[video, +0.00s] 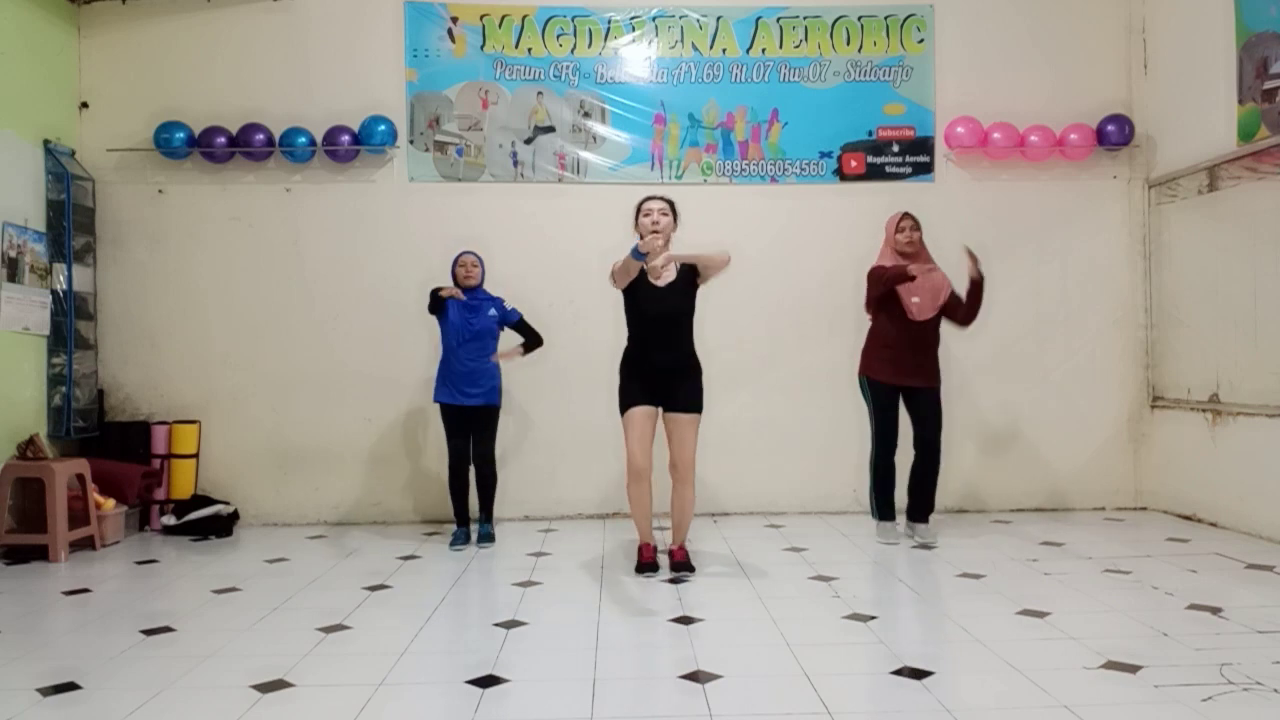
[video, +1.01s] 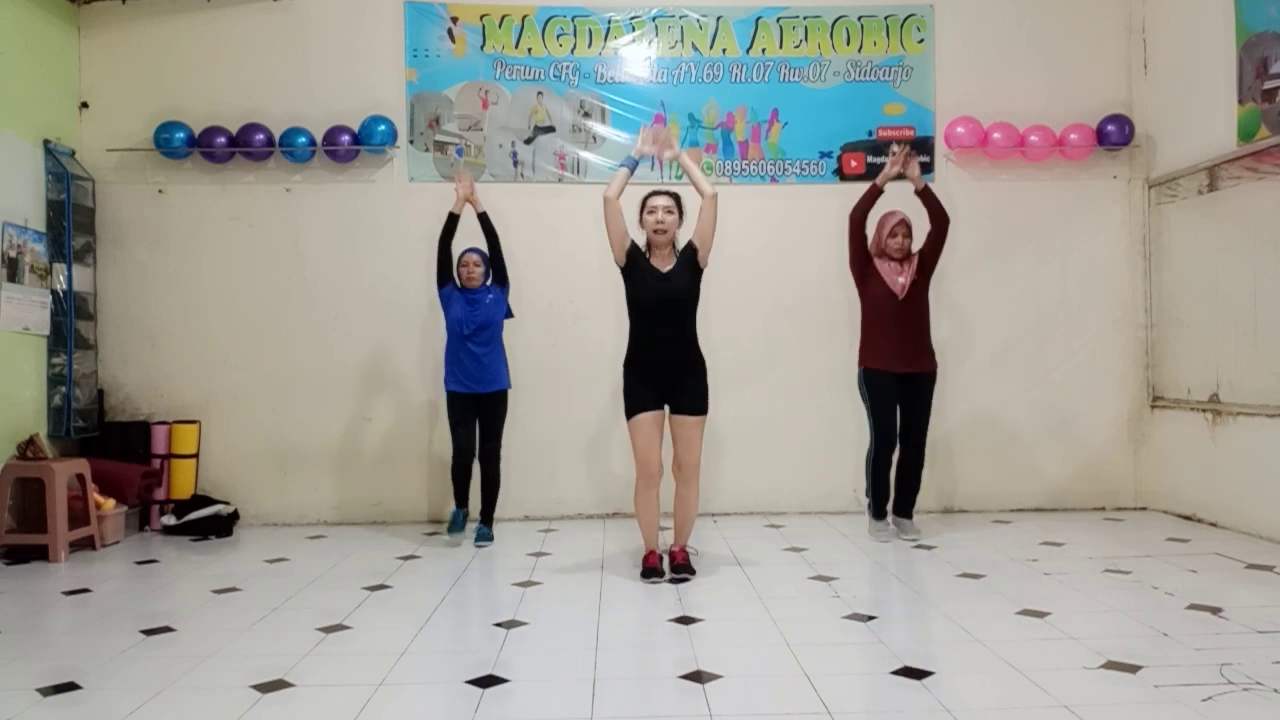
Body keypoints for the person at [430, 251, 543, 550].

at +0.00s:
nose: (468, 269)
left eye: (474, 265)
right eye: (462, 265)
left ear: (482, 273)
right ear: (454, 273)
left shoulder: (495, 305)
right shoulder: (447, 303)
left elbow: (535, 339)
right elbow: (433, 304)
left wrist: (508, 354)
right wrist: (442, 293)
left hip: (486, 393)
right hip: (452, 392)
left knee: (484, 459)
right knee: (458, 459)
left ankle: (486, 523)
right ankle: (461, 526)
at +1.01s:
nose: (469, 269)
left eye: (476, 265)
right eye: (465, 264)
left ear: (486, 270)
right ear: (457, 271)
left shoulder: (496, 293)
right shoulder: (450, 295)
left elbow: (497, 249)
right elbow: (443, 249)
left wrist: (476, 204)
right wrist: (458, 206)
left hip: (493, 386)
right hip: (459, 386)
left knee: (489, 456)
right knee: (462, 453)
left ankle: (486, 522)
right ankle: (460, 510)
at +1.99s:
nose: (477, 271)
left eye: (483, 267)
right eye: (472, 267)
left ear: (493, 274)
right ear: (464, 274)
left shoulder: (507, 310)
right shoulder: (453, 310)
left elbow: (505, 357)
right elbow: (445, 361)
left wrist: (496, 397)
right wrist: (463, 393)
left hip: (495, 397)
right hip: (460, 398)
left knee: (492, 461)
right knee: (467, 461)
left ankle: (491, 525)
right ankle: (472, 525)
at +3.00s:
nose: (480, 269)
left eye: (486, 265)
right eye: (474, 265)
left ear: (494, 273)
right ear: (465, 273)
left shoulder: (502, 302)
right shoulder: (457, 304)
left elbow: (516, 311)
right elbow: (444, 308)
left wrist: (495, 289)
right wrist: (458, 295)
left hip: (498, 389)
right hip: (464, 390)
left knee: (499, 455)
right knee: (470, 457)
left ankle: (501, 516)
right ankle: (472, 527)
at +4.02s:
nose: (482, 272)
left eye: (488, 268)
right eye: (476, 268)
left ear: (497, 273)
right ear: (468, 272)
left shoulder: (508, 297)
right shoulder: (459, 298)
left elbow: (513, 246)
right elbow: (446, 248)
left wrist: (488, 229)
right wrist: (467, 225)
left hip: (504, 388)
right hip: (469, 389)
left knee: (502, 457)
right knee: (474, 458)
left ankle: (501, 524)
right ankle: (472, 525)